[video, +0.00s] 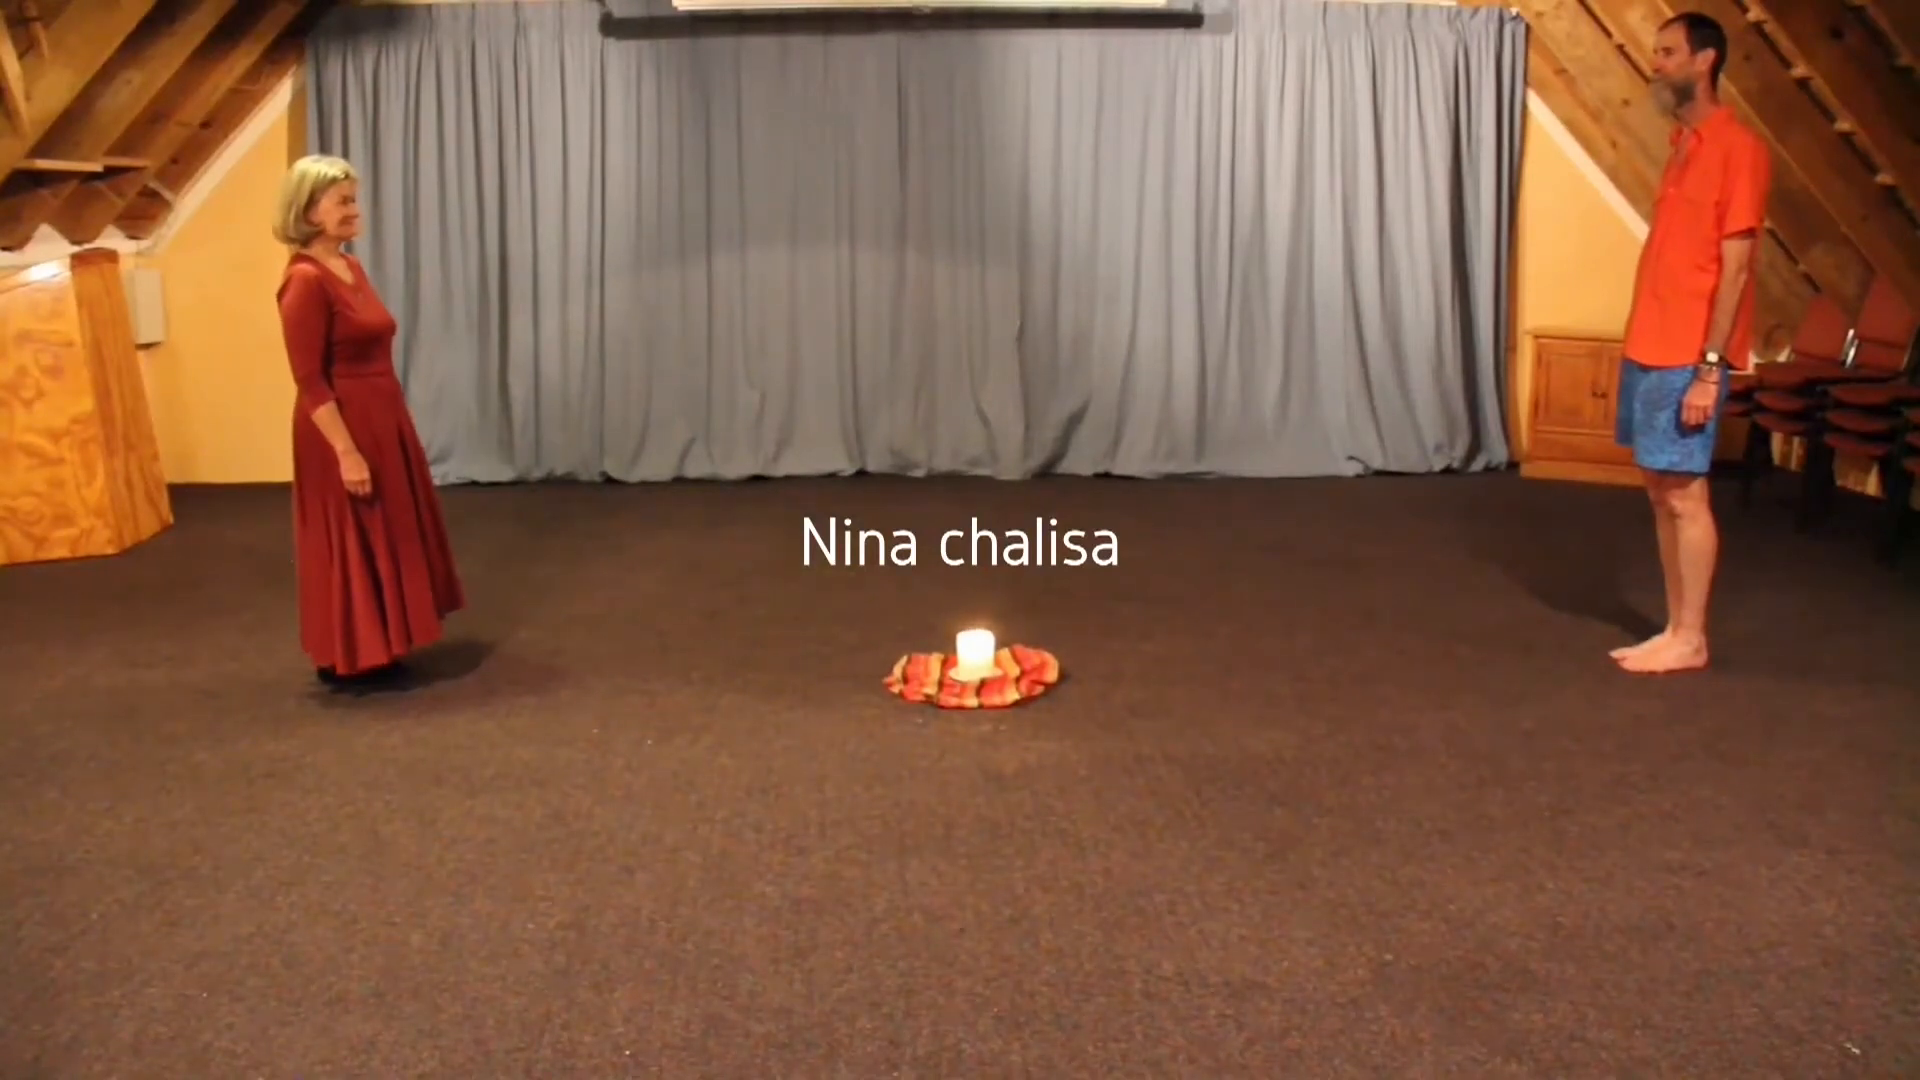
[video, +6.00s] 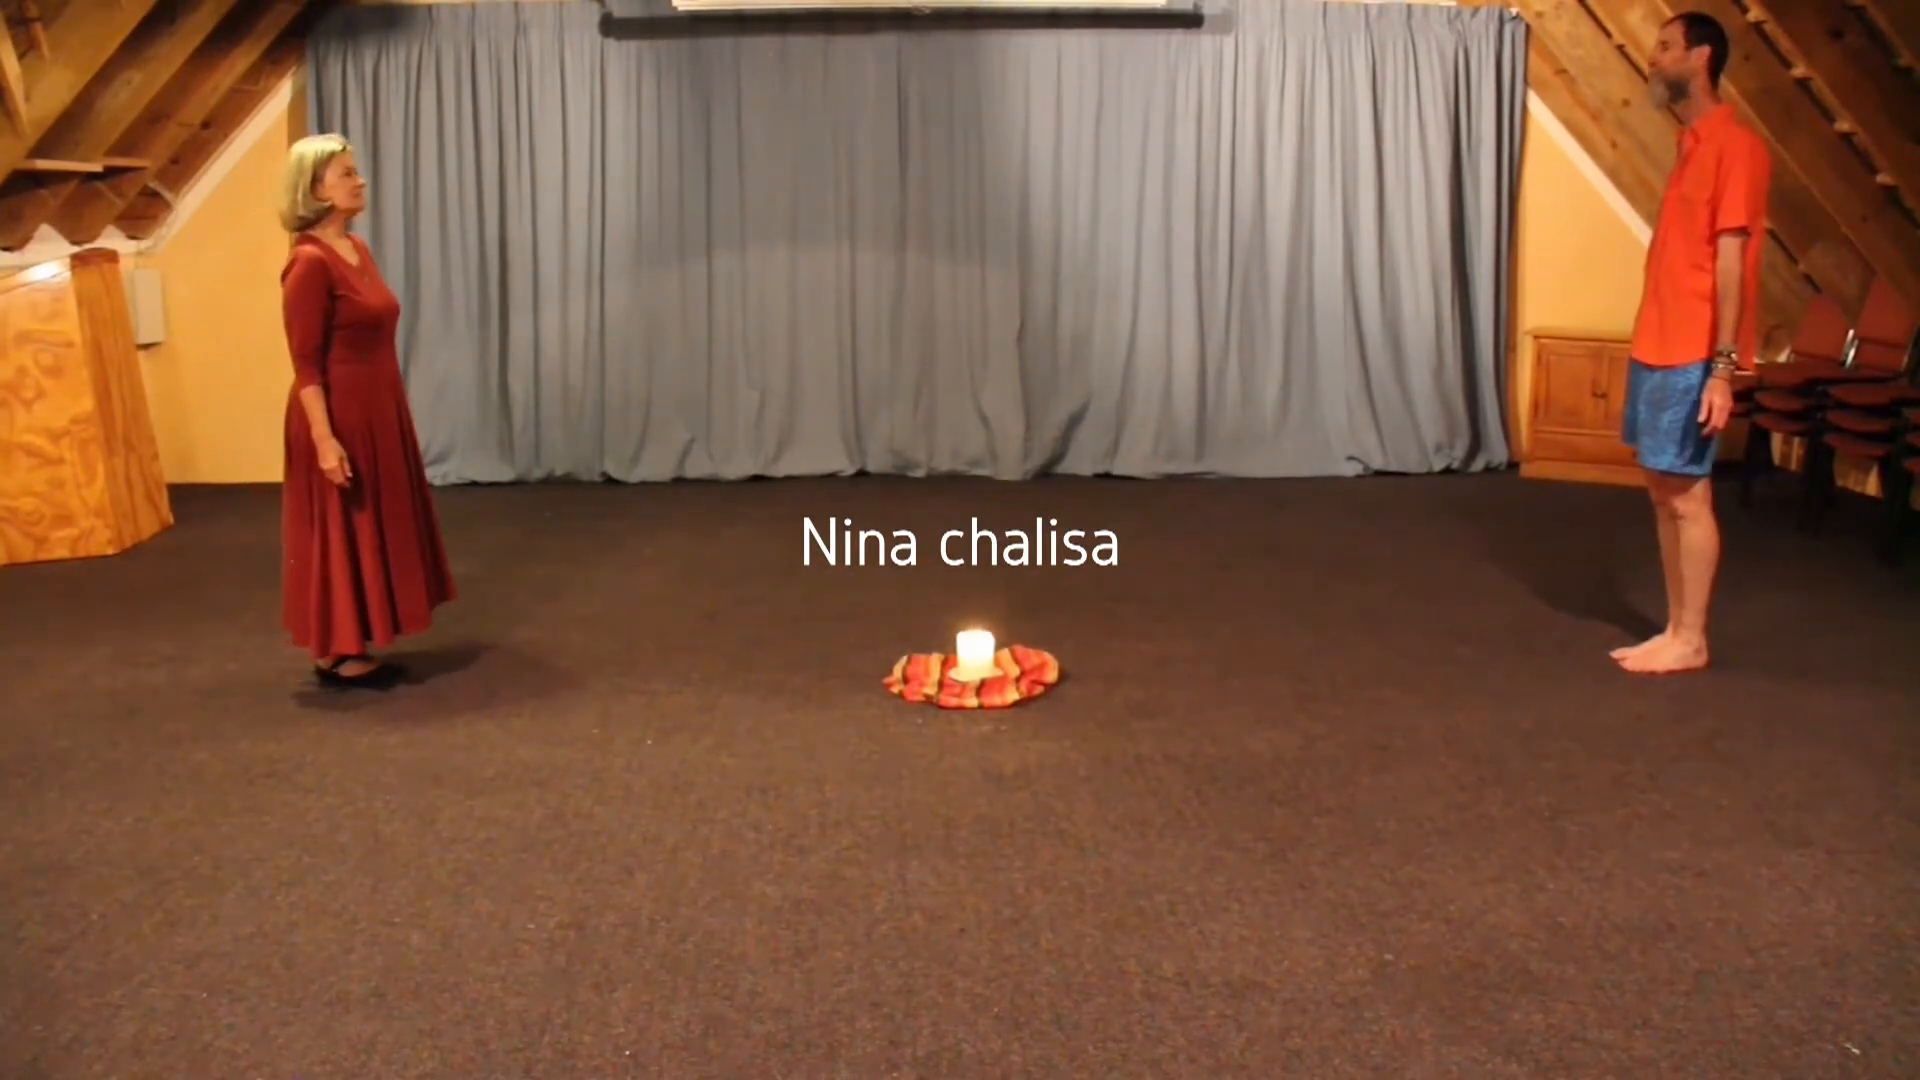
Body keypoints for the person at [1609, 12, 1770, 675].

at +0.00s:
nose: (1654, 64)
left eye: (1666, 53)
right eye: (1655, 53)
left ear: (1705, 60)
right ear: (1688, 61)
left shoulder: (1739, 144)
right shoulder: (1687, 143)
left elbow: (1737, 265)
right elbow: (1676, 255)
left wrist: (1712, 365)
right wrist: (1647, 347)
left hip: (1689, 359)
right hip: (1652, 353)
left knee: (1686, 498)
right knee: (1663, 495)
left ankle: (1691, 638)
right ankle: (1677, 629)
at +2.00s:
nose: (1661, 57)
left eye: (1674, 46)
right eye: (1663, 45)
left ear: (1711, 58)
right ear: (1695, 59)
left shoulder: (1743, 146)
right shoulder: (1695, 143)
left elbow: (1740, 266)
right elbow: (1684, 256)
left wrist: (1715, 366)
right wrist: (1651, 347)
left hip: (1693, 359)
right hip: (1656, 353)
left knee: (1688, 499)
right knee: (1663, 495)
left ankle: (1692, 639)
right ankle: (1677, 630)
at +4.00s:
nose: (1655, 58)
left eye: (1668, 47)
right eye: (1657, 46)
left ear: (1706, 59)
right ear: (1689, 60)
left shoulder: (1737, 145)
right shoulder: (1690, 143)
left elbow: (1734, 262)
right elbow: (1685, 257)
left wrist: (1723, 368)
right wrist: (1653, 347)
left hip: (1691, 358)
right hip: (1654, 352)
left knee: (1687, 498)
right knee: (1662, 494)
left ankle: (1691, 639)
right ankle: (1677, 631)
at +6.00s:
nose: (1652, 60)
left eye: (1664, 48)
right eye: (1654, 48)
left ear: (1702, 58)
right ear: (1693, 59)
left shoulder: (1734, 141)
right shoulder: (1696, 140)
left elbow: (1731, 257)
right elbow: (1696, 255)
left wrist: (1723, 364)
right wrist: (1663, 347)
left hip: (1692, 356)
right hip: (1659, 351)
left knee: (1688, 497)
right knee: (1664, 493)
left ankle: (1691, 639)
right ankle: (1677, 630)